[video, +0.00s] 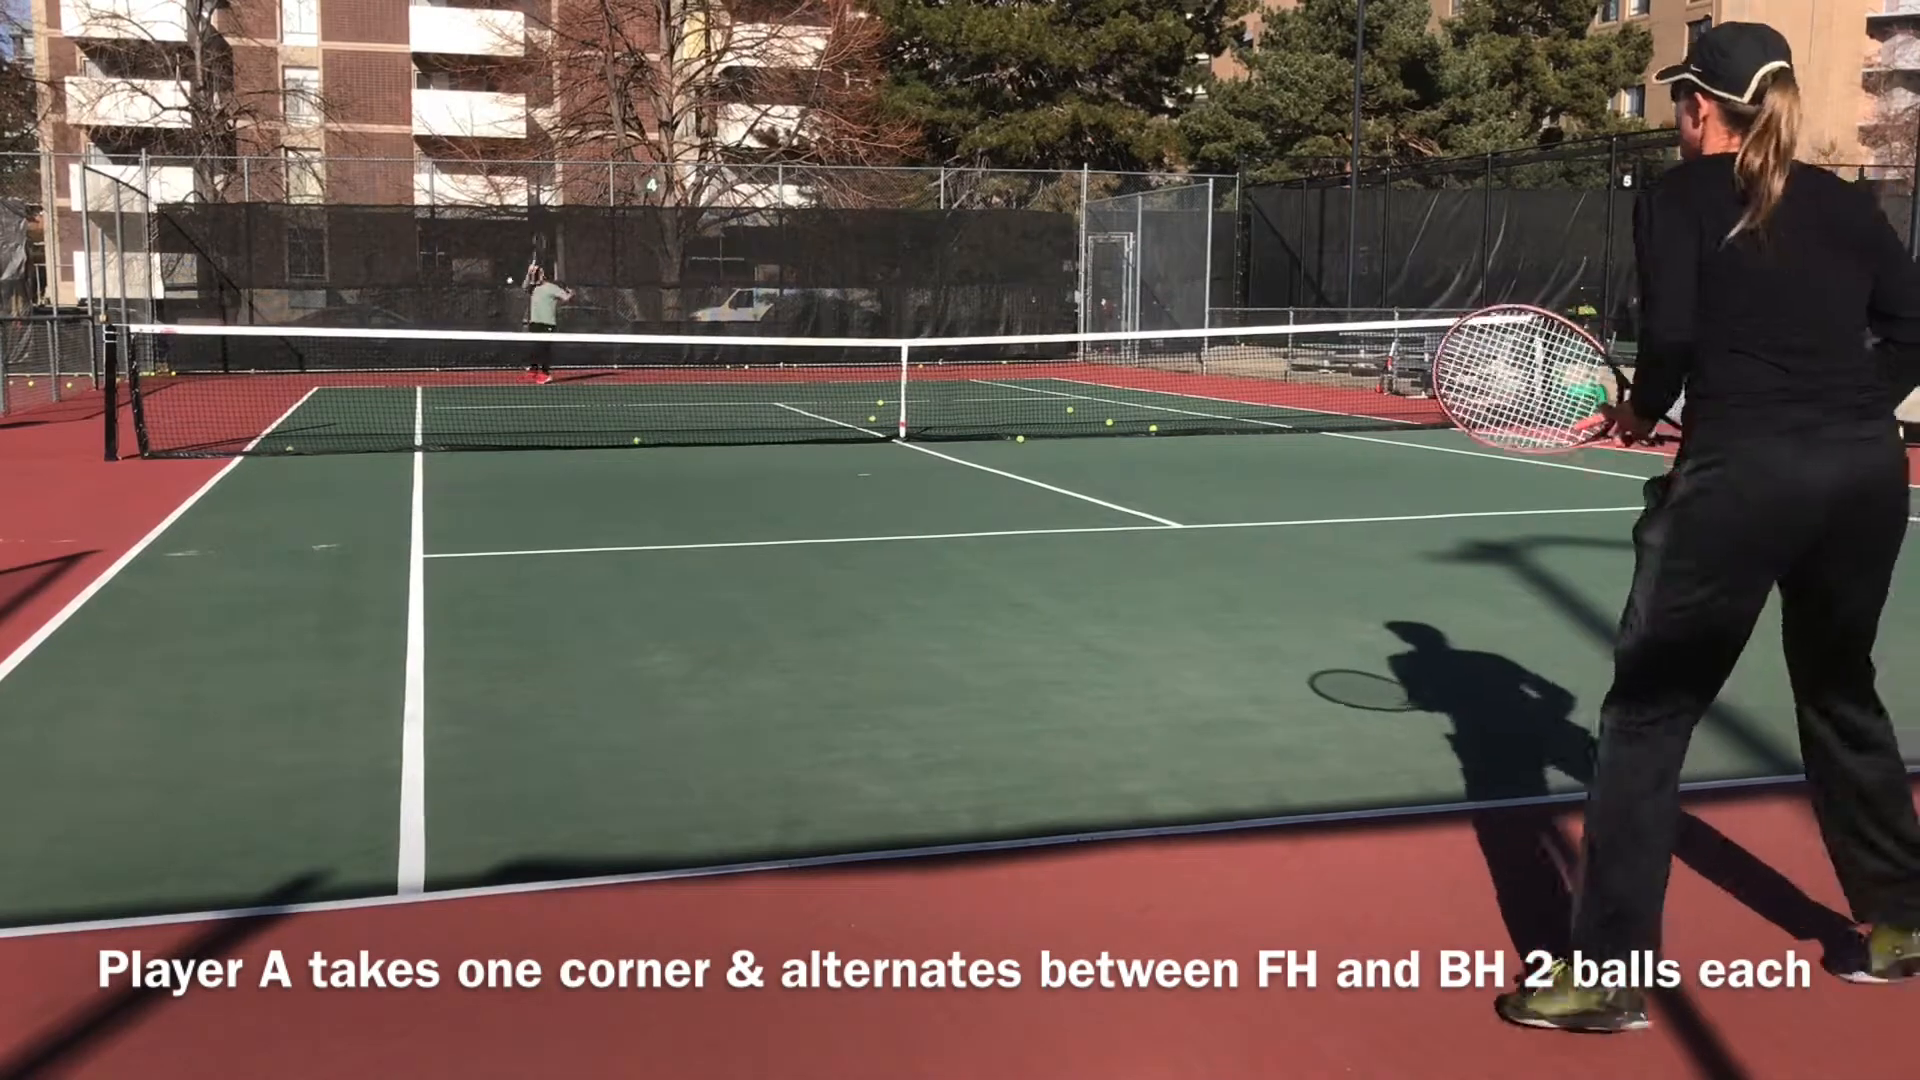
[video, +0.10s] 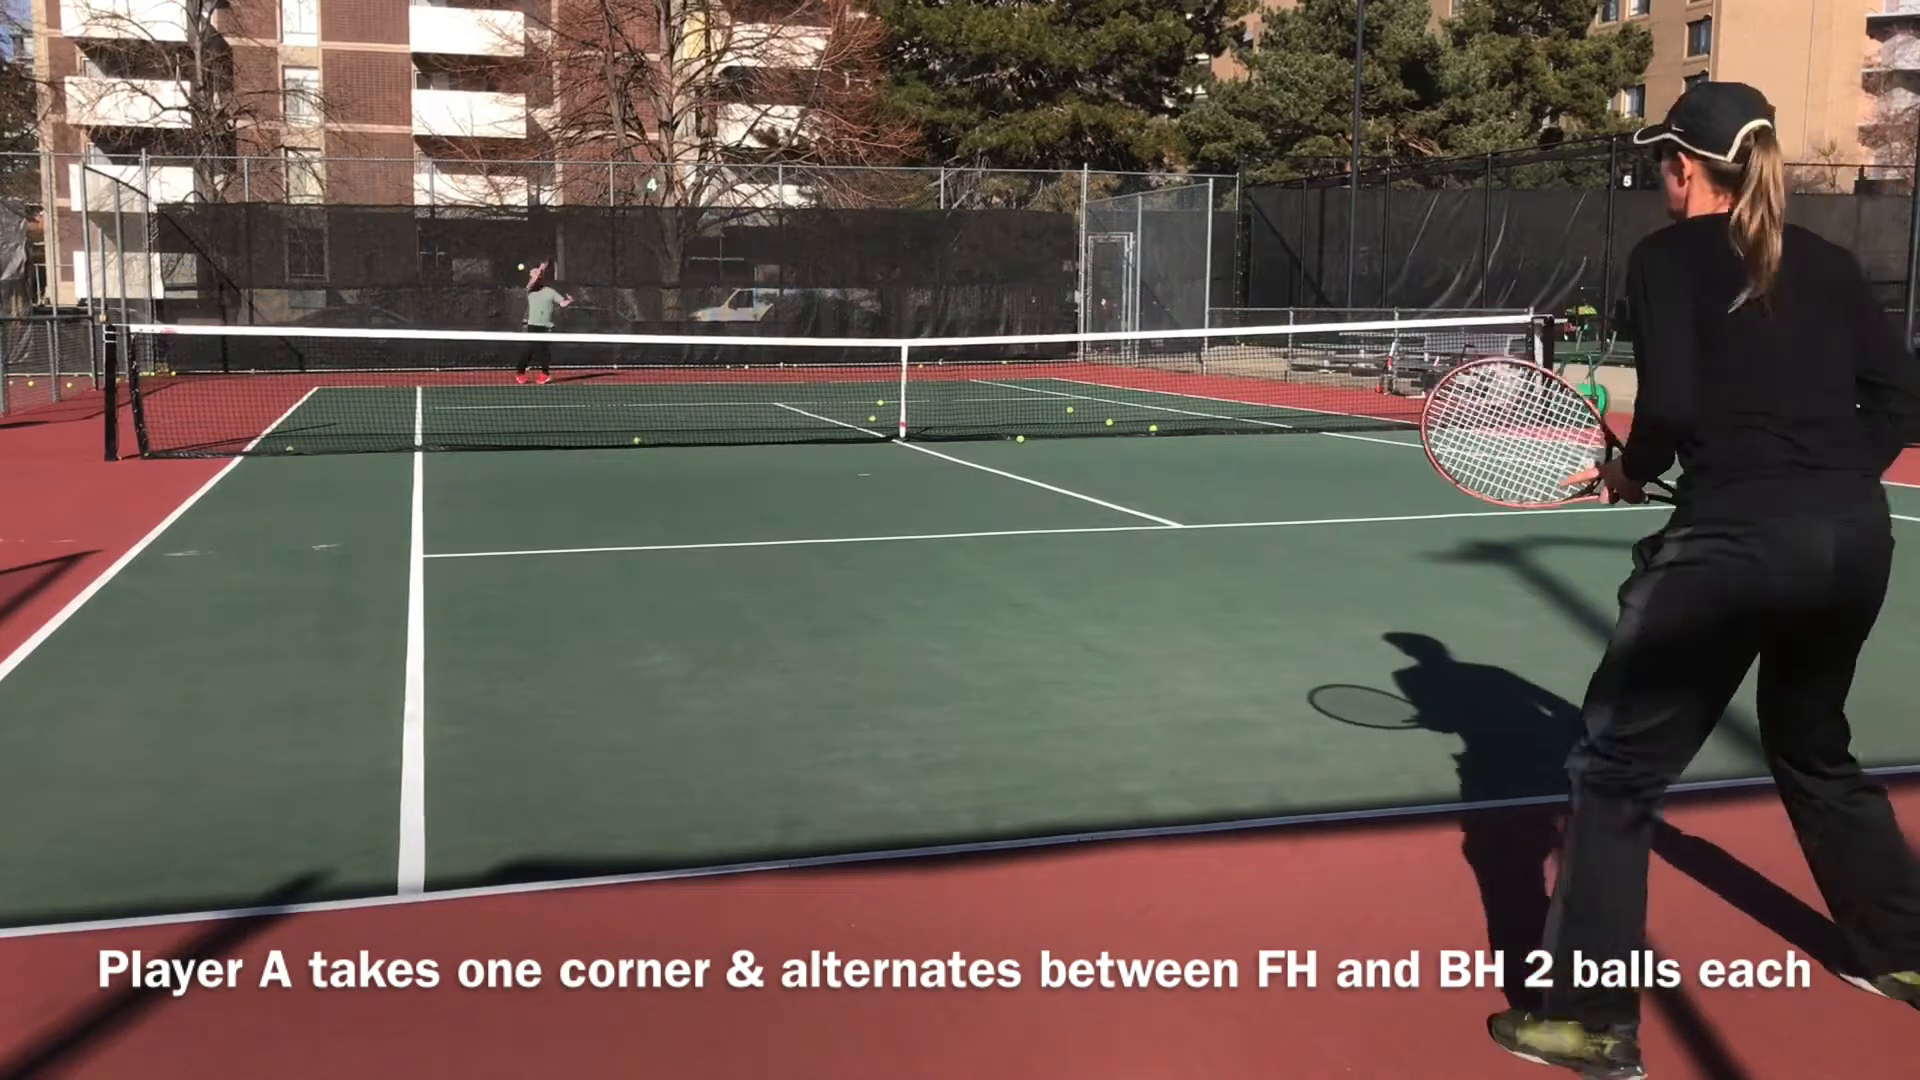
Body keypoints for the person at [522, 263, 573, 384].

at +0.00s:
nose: (537, 277)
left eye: (539, 274)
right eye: (536, 275)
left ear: (542, 275)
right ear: (536, 276)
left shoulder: (551, 287)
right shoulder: (534, 288)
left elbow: (564, 297)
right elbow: (525, 287)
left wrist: (569, 293)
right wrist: (529, 274)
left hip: (547, 323)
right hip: (535, 322)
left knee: (544, 348)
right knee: (536, 347)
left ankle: (545, 372)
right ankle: (535, 368)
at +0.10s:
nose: (537, 277)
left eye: (538, 275)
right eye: (534, 276)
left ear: (542, 277)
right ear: (531, 278)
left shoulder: (549, 291)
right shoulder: (530, 292)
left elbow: (562, 303)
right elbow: (532, 282)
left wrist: (568, 301)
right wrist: (540, 270)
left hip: (546, 325)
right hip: (532, 325)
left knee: (545, 350)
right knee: (529, 349)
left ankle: (545, 373)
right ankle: (520, 372)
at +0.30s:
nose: (541, 283)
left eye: (543, 281)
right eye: (538, 281)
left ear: (546, 282)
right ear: (535, 283)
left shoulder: (552, 299)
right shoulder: (533, 294)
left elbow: (557, 314)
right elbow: (539, 291)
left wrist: (566, 315)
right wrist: (550, 285)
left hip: (548, 330)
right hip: (534, 329)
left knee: (549, 353)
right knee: (529, 352)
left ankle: (545, 373)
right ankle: (521, 373)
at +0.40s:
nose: (547, 284)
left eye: (549, 281)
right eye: (545, 282)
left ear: (553, 283)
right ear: (541, 284)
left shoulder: (557, 297)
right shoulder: (539, 294)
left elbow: (560, 314)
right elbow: (549, 296)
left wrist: (569, 317)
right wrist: (559, 287)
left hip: (552, 330)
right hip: (538, 330)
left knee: (559, 352)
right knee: (532, 352)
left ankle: (555, 372)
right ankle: (521, 373)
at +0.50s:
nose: (557, 284)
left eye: (559, 282)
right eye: (554, 282)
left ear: (562, 283)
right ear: (552, 283)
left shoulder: (565, 296)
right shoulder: (548, 294)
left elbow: (566, 312)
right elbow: (553, 302)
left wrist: (573, 316)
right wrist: (568, 296)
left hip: (559, 331)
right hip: (545, 330)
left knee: (568, 353)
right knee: (536, 353)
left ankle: (563, 372)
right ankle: (521, 373)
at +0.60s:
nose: (569, 283)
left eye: (571, 281)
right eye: (566, 281)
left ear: (574, 282)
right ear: (563, 282)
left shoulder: (578, 296)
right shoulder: (559, 294)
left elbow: (580, 310)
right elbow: (555, 308)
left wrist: (583, 316)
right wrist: (567, 308)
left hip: (570, 330)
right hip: (556, 329)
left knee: (571, 351)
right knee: (544, 349)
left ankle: (565, 372)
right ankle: (526, 368)